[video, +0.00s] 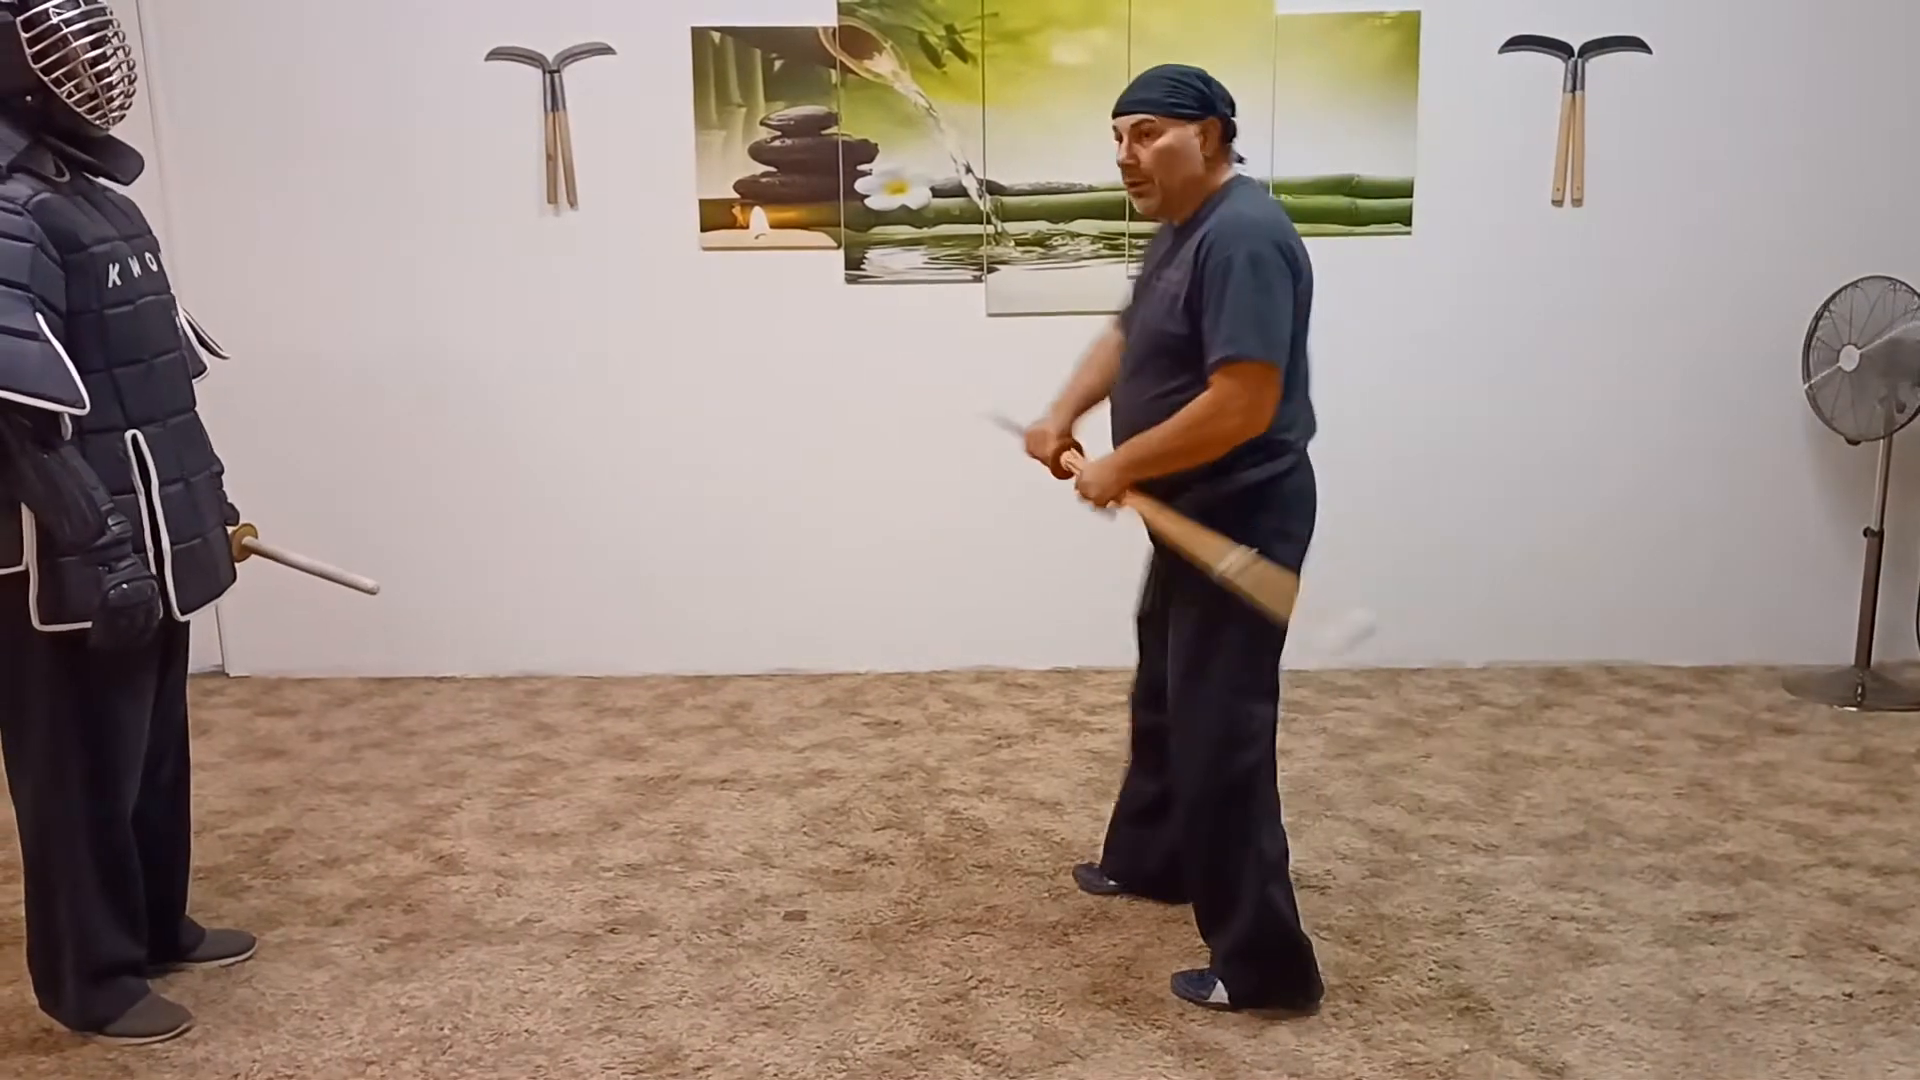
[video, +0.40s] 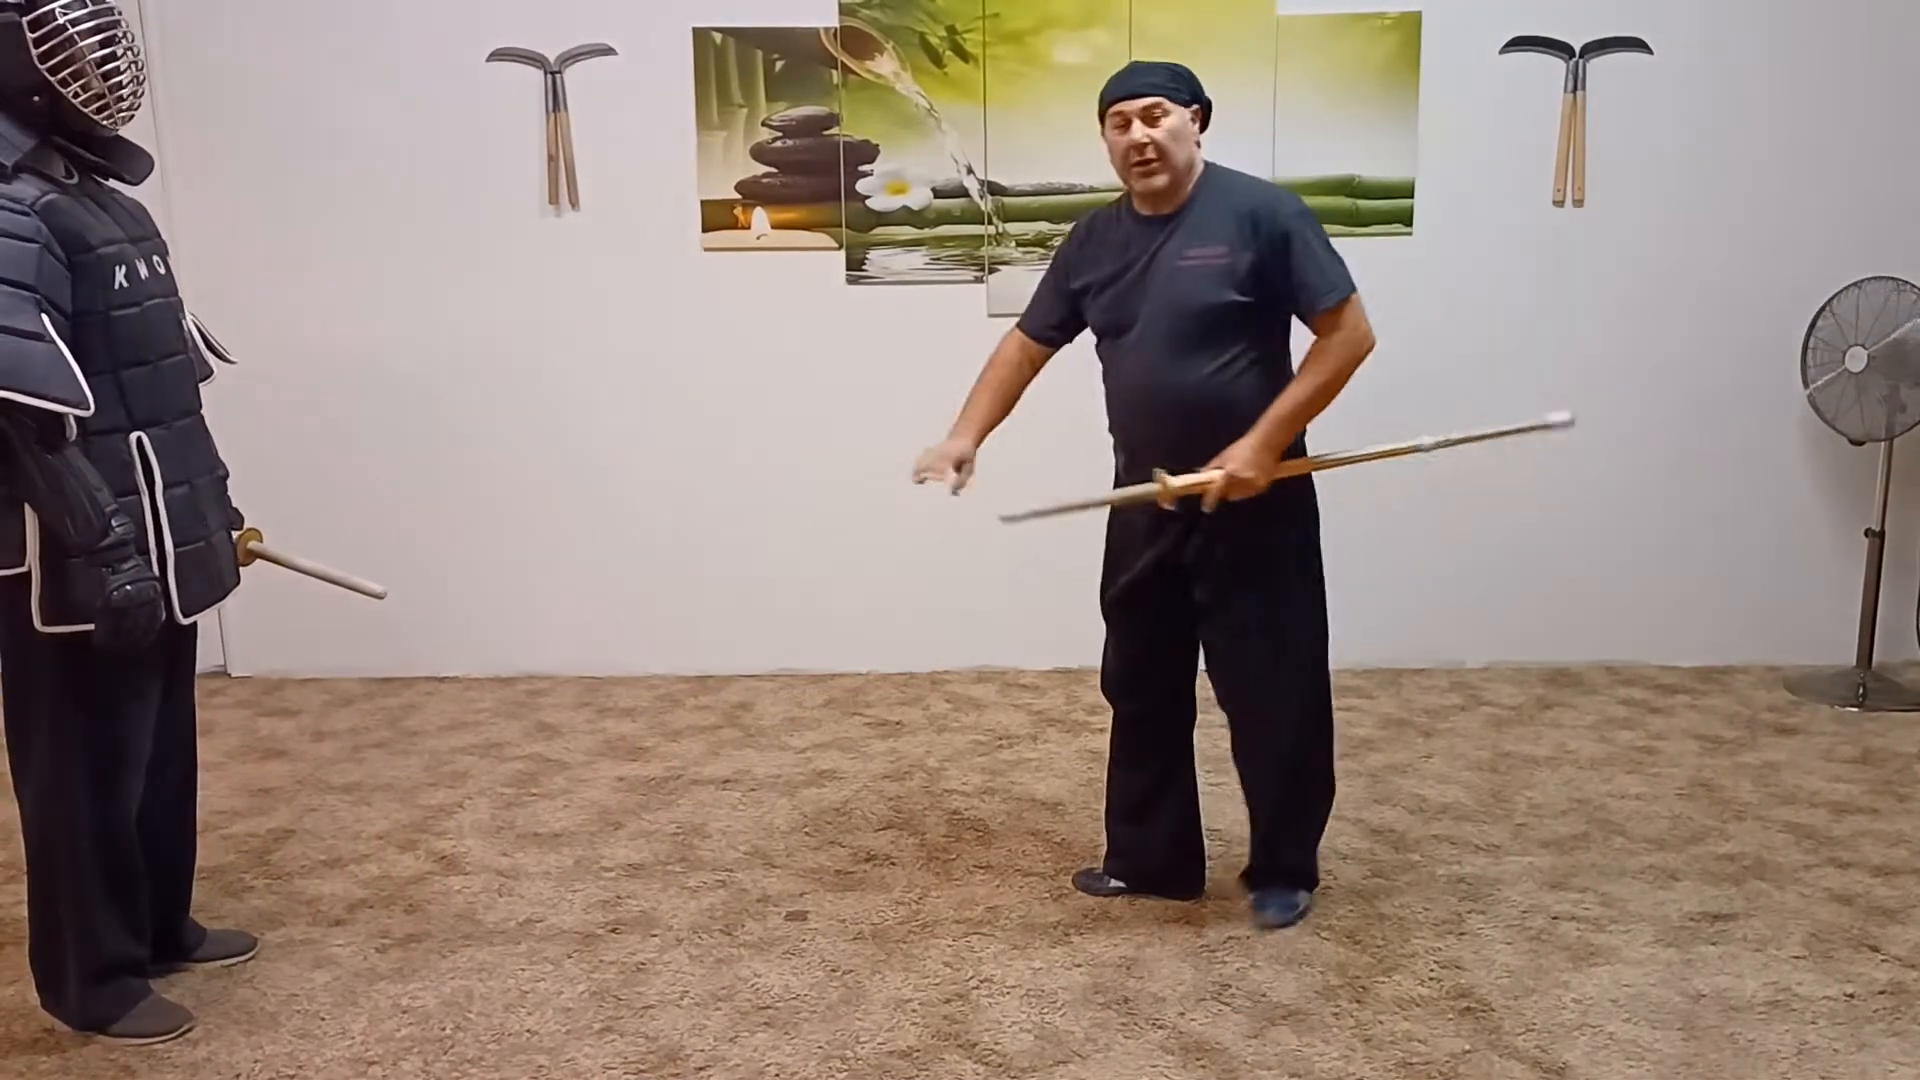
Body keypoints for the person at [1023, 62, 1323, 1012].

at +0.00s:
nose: (1130, 156)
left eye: (1148, 134)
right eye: (1122, 141)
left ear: (1211, 136)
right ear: (1128, 155)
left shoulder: (1243, 233)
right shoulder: (1184, 231)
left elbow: (1244, 401)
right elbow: (1130, 337)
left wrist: (1124, 464)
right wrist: (1062, 412)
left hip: (1244, 514)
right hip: (1188, 506)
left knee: (1217, 729)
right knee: (1164, 692)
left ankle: (1265, 965)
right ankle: (1152, 859)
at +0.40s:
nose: (1137, 137)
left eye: (1155, 118)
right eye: (1120, 125)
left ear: (1198, 126)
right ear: (1108, 144)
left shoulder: (1263, 214)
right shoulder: (1093, 240)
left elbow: (1349, 333)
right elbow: (1026, 344)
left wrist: (1266, 439)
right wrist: (964, 434)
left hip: (1257, 497)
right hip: (1145, 504)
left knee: (1273, 689)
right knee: (1141, 689)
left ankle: (1283, 869)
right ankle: (1152, 861)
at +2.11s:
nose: (1233, 125)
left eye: (1249, 110)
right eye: (1215, 117)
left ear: (1284, 123)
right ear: (1196, 142)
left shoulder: (1341, 215)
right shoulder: (1167, 241)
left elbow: (1389, 353)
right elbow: (1139, 376)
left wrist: (1378, 478)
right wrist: (1140, 498)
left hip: (1324, 493)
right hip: (1208, 499)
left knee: (1330, 686)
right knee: (1217, 687)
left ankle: (1320, 859)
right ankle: (1244, 846)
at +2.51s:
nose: (1236, 126)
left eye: (1254, 110)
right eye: (1219, 116)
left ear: (1294, 126)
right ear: (1205, 139)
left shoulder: (1348, 222)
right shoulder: (1176, 237)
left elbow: (1391, 366)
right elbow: (1139, 368)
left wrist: (1370, 496)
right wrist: (1106, 488)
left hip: (1319, 491)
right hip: (1206, 494)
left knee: (1323, 683)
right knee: (1214, 679)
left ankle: (1317, 857)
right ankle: (1246, 838)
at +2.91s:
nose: (1245, 129)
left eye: (1264, 114)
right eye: (1230, 118)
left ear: (1304, 127)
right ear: (1215, 137)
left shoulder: (1356, 230)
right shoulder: (1178, 233)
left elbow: (1393, 371)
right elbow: (1141, 364)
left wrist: (1389, 502)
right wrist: (1113, 486)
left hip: (1318, 494)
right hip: (1204, 495)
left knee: (1323, 685)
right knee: (1213, 682)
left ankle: (1316, 859)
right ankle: (1245, 839)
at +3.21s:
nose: (1239, 146)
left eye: (1257, 126)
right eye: (1223, 132)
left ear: (1299, 128)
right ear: (1209, 143)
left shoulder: (1356, 231)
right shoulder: (1176, 235)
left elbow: (1388, 375)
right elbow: (1138, 364)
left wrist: (1360, 502)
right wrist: (1110, 485)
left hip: (1318, 501)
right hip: (1204, 499)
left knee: (1322, 689)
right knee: (1213, 685)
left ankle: (1315, 859)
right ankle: (1244, 842)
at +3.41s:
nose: (1236, 148)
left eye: (1253, 128)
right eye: (1220, 133)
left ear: (1294, 126)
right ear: (1204, 142)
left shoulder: (1352, 230)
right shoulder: (1173, 236)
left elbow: (1388, 373)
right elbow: (1137, 365)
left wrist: (1371, 504)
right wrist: (1110, 487)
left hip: (1317, 500)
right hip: (1204, 500)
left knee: (1321, 689)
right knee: (1212, 685)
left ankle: (1314, 859)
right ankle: (1243, 842)